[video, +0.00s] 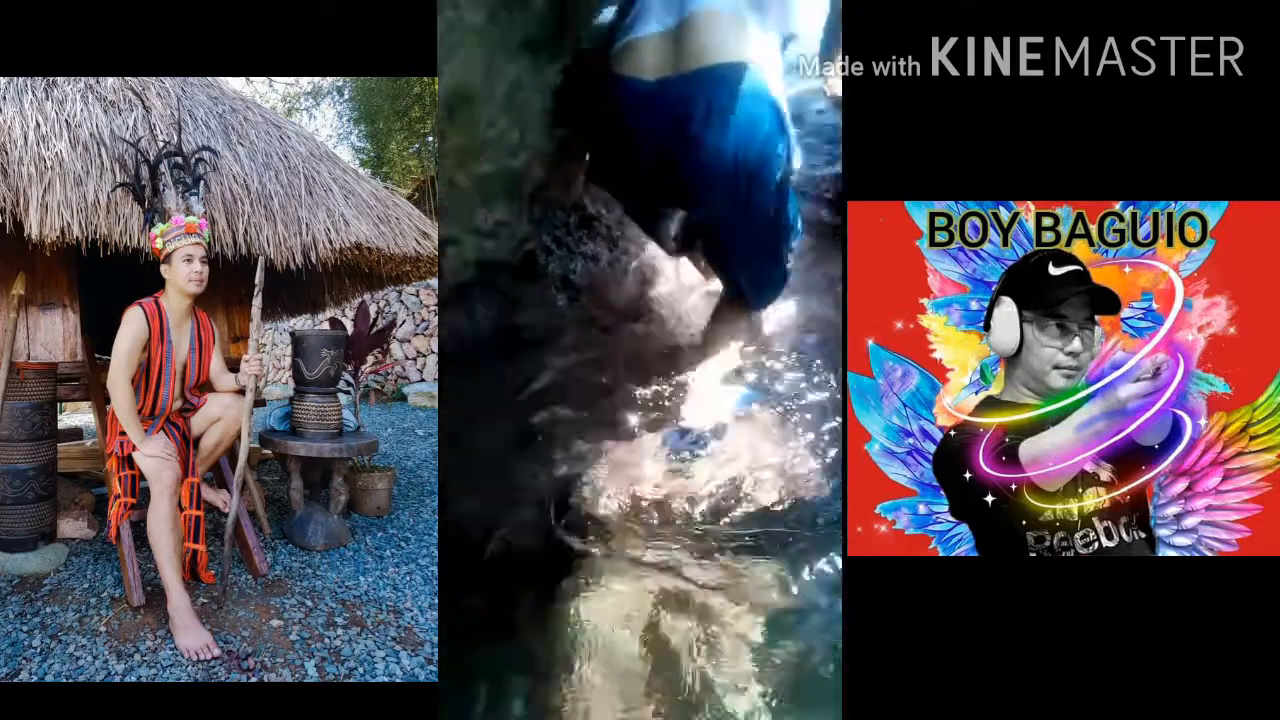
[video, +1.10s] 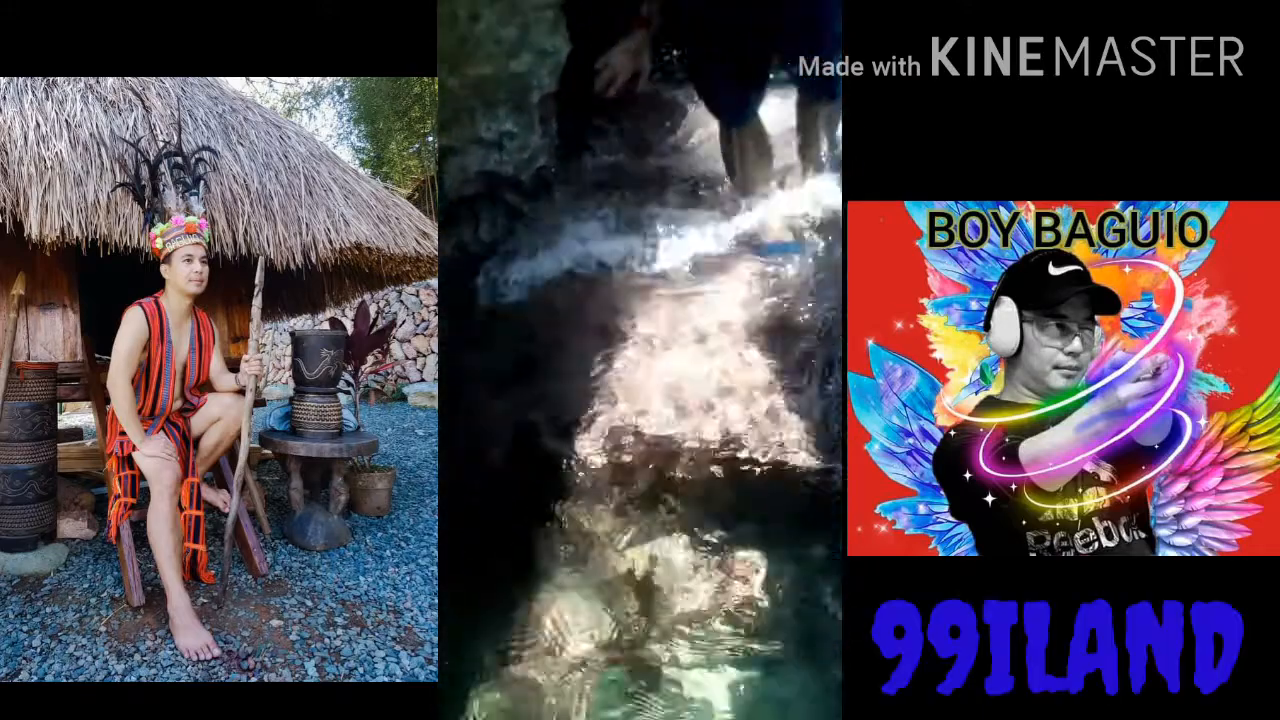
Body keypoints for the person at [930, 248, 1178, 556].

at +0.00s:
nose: (1076, 346)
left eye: (1086, 328)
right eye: (1055, 327)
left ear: (1096, 334)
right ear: (1007, 327)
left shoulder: (1113, 409)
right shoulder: (962, 445)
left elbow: (1155, 435)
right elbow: (1022, 472)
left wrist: (1149, 396)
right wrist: (1106, 412)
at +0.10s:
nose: (1076, 346)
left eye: (1086, 328)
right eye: (1055, 327)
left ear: (1097, 334)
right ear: (1007, 327)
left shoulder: (1113, 409)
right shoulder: (962, 445)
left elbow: (1156, 435)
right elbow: (1022, 472)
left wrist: (1149, 396)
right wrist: (1106, 412)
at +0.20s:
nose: (1076, 346)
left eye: (1086, 328)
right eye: (1055, 327)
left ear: (1097, 334)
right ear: (1007, 328)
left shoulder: (1113, 409)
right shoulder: (962, 446)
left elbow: (1156, 435)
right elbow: (1021, 472)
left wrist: (1148, 396)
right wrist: (1106, 412)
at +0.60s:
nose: (1076, 346)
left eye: (1086, 328)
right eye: (1055, 327)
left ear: (1097, 334)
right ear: (1007, 328)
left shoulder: (1113, 408)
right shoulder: (962, 446)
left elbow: (1155, 435)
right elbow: (1022, 472)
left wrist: (1149, 396)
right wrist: (1106, 412)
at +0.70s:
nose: (1076, 346)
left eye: (1086, 328)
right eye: (1055, 326)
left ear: (1097, 335)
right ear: (1007, 328)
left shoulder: (1113, 408)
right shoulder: (962, 446)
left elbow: (1156, 435)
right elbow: (1022, 471)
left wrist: (1147, 395)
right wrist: (1105, 413)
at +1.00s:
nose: (1076, 346)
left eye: (1086, 328)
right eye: (1055, 326)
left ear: (1097, 335)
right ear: (1007, 328)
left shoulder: (1113, 408)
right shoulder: (962, 446)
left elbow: (1156, 436)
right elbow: (1022, 471)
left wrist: (1147, 395)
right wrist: (1105, 413)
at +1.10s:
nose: (1076, 346)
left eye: (1086, 328)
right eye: (1055, 327)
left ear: (1096, 334)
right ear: (1007, 327)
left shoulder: (1114, 408)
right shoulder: (962, 446)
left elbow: (1155, 435)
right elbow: (1022, 471)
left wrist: (1149, 397)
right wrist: (1106, 411)